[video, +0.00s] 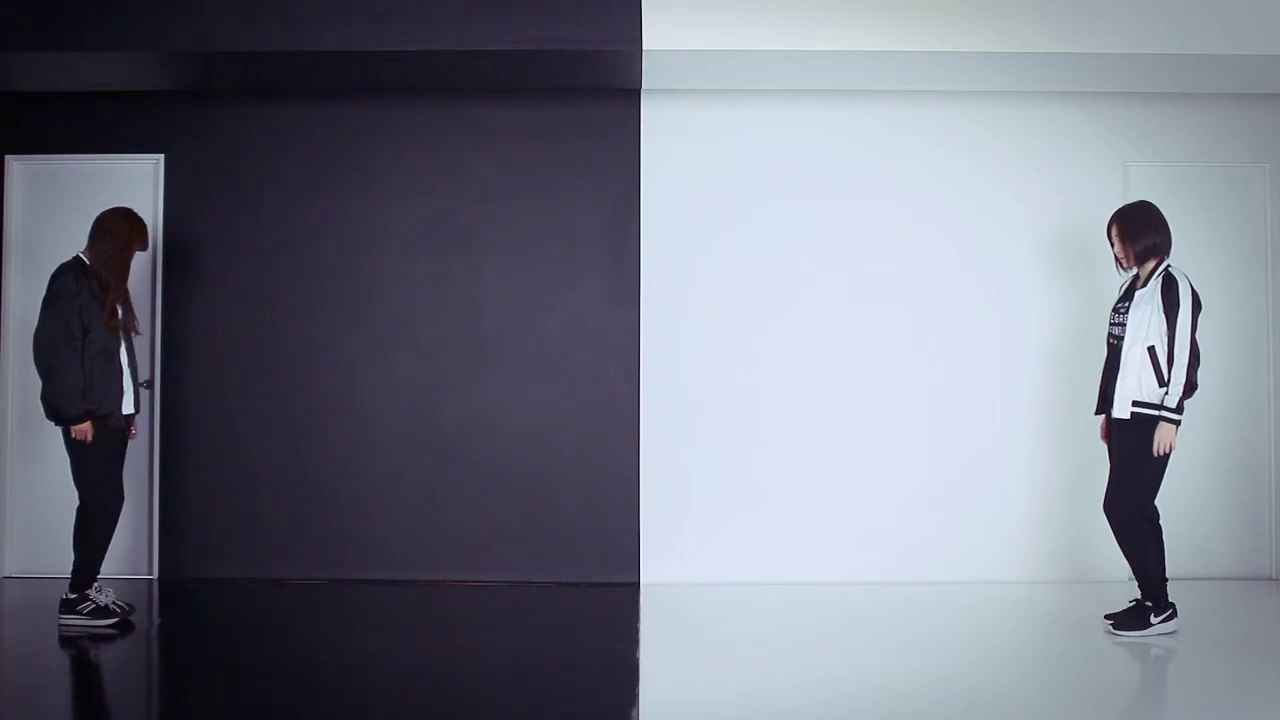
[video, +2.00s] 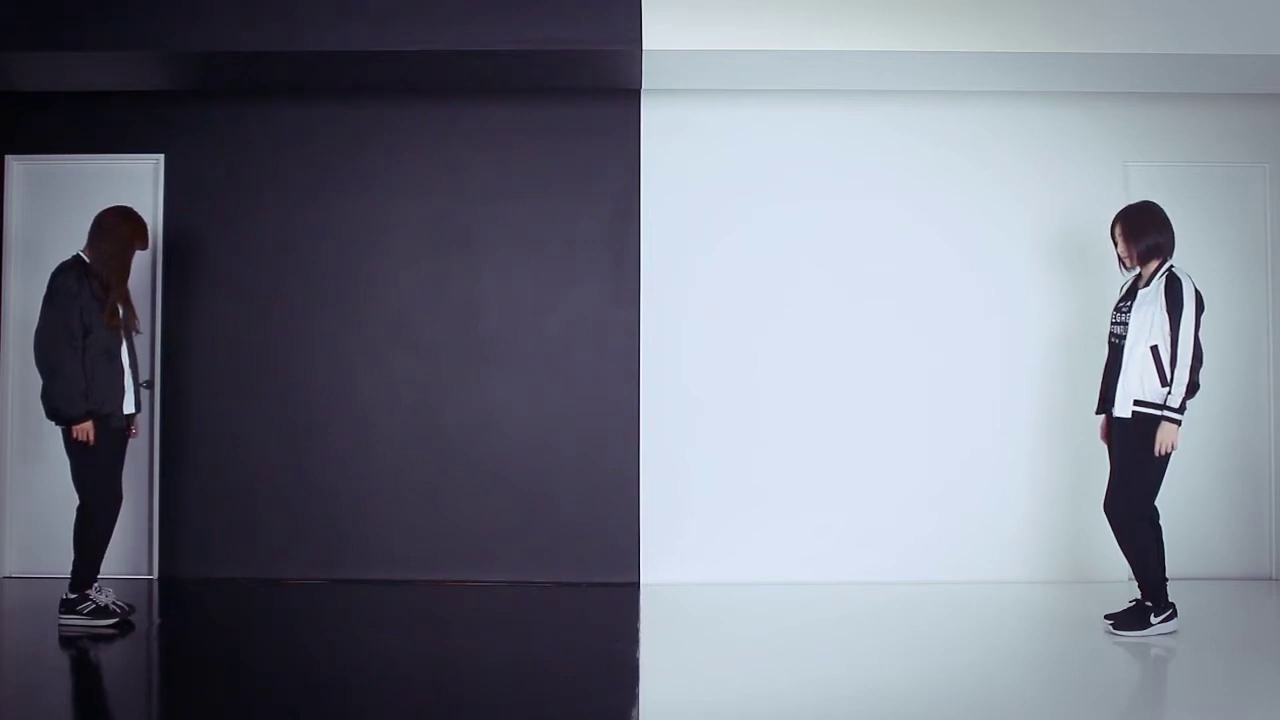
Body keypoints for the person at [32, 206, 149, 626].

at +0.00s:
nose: (131, 260)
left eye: (134, 252)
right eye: (130, 251)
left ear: (108, 242)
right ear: (113, 245)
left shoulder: (108, 284)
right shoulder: (70, 279)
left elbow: (118, 354)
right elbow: (54, 349)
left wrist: (128, 410)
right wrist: (74, 412)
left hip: (112, 415)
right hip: (87, 417)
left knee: (108, 499)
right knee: (100, 500)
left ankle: (86, 590)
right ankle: (78, 596)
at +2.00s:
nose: (132, 259)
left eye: (135, 251)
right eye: (130, 250)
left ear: (108, 240)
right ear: (113, 244)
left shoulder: (109, 283)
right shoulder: (71, 278)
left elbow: (119, 354)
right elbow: (56, 349)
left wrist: (130, 410)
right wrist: (76, 412)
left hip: (112, 415)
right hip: (86, 416)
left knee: (108, 499)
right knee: (98, 501)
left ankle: (86, 590)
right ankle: (77, 597)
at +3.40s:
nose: (156, 256)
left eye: (157, 247)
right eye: (153, 247)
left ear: (129, 240)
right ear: (136, 242)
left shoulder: (132, 285)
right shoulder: (96, 279)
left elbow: (135, 358)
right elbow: (80, 350)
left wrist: (145, 414)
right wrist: (98, 413)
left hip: (128, 414)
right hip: (111, 415)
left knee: (104, 503)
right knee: (156, 489)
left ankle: (87, 592)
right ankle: (107, 576)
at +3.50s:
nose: (162, 255)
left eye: (164, 247)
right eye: (160, 246)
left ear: (136, 240)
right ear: (142, 242)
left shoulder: (132, 282)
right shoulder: (103, 278)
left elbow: (135, 347)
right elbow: (85, 348)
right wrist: (104, 412)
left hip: (136, 415)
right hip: (122, 417)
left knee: (105, 508)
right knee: (173, 481)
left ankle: (86, 593)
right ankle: (151, 573)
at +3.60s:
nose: (173, 255)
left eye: (175, 246)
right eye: (169, 245)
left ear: (152, 244)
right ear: (149, 242)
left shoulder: (155, 285)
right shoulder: (113, 280)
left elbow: (164, 355)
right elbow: (94, 350)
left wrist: (176, 411)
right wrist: (112, 414)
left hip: (148, 418)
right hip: (133, 419)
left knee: (107, 511)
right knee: (182, 487)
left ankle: (86, 593)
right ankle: (195, 576)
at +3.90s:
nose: (214, 263)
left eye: (215, 254)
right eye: (210, 254)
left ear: (188, 250)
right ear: (190, 250)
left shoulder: (185, 294)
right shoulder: (158, 290)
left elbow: (185, 364)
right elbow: (143, 361)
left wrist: (193, 424)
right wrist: (156, 425)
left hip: (180, 427)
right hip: (171, 429)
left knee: (130, 512)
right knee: (205, 511)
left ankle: (89, 590)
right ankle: (244, 587)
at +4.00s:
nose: (233, 260)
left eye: (234, 251)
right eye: (229, 251)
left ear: (204, 248)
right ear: (210, 249)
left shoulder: (209, 290)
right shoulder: (179, 290)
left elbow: (213, 359)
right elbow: (166, 359)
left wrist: (225, 418)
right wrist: (180, 422)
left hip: (213, 421)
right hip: (192, 423)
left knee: (154, 503)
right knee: (226, 506)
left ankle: (100, 582)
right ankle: (251, 590)